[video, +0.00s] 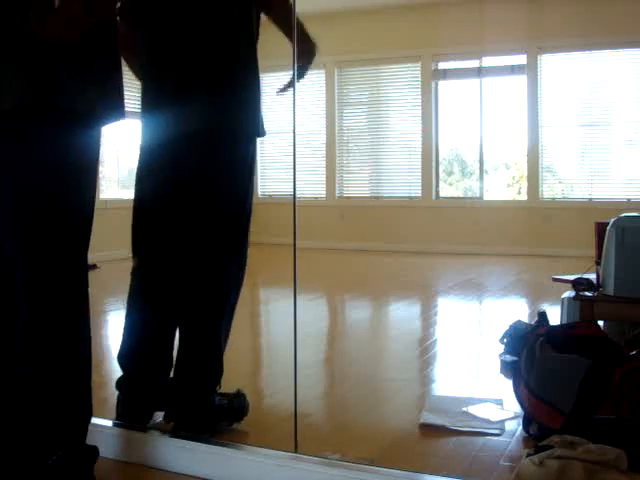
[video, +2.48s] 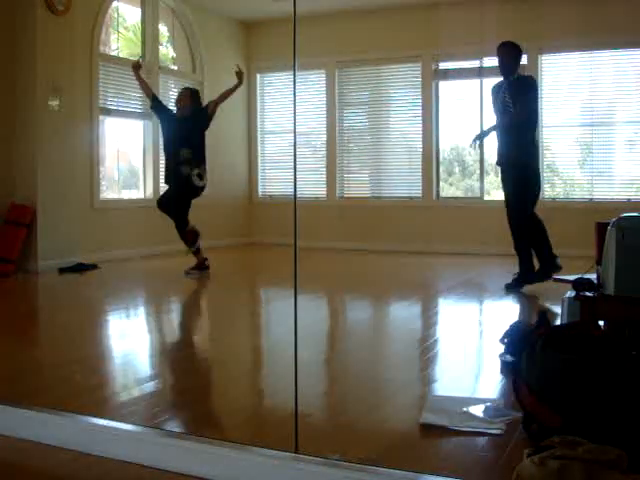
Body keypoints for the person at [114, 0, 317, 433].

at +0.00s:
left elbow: (123, 26)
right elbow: (270, 0)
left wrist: (156, 75)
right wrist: (300, 37)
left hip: (162, 113)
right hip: (226, 116)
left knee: (157, 258)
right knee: (218, 259)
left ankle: (137, 396)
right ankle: (195, 396)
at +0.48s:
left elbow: (163, 41)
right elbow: (322, 61)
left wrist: (112, 109)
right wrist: (327, 153)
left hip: (217, 125)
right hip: (265, 128)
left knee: (271, 223)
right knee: (233, 259)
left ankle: (278, 347)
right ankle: (197, 401)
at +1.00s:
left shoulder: (315, 27)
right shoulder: (390, 7)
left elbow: (300, 89)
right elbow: (386, 48)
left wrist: (305, 126)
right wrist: (400, 102)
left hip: (328, 142)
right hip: (377, 139)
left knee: (315, 242)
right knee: (396, 225)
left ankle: (311, 351)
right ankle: (414, 322)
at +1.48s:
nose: (424, 13)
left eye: (417, 9)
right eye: (431, 9)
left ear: (409, 12)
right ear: (439, 10)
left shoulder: (395, 48)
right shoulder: (458, 36)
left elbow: (371, 102)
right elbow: (482, 84)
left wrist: (379, 139)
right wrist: (486, 132)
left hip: (412, 144)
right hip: (447, 144)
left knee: (415, 211)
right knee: (440, 224)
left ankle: (404, 290)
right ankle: (429, 313)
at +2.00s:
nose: (444, 58)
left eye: (446, 53)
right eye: (444, 53)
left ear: (456, 52)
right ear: (473, 50)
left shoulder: (450, 76)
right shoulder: (497, 72)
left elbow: (457, 114)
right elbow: (512, 113)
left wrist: (461, 157)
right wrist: (512, 153)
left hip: (457, 159)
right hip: (489, 156)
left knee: (454, 223)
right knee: (487, 212)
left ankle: (455, 291)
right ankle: (490, 275)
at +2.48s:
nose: (503, 63)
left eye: (507, 58)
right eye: (500, 58)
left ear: (518, 59)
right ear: (498, 60)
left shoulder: (527, 84)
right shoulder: (497, 89)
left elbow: (524, 120)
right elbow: (503, 120)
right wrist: (484, 134)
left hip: (526, 160)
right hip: (508, 161)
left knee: (524, 213)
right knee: (515, 216)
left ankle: (548, 262)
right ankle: (526, 269)